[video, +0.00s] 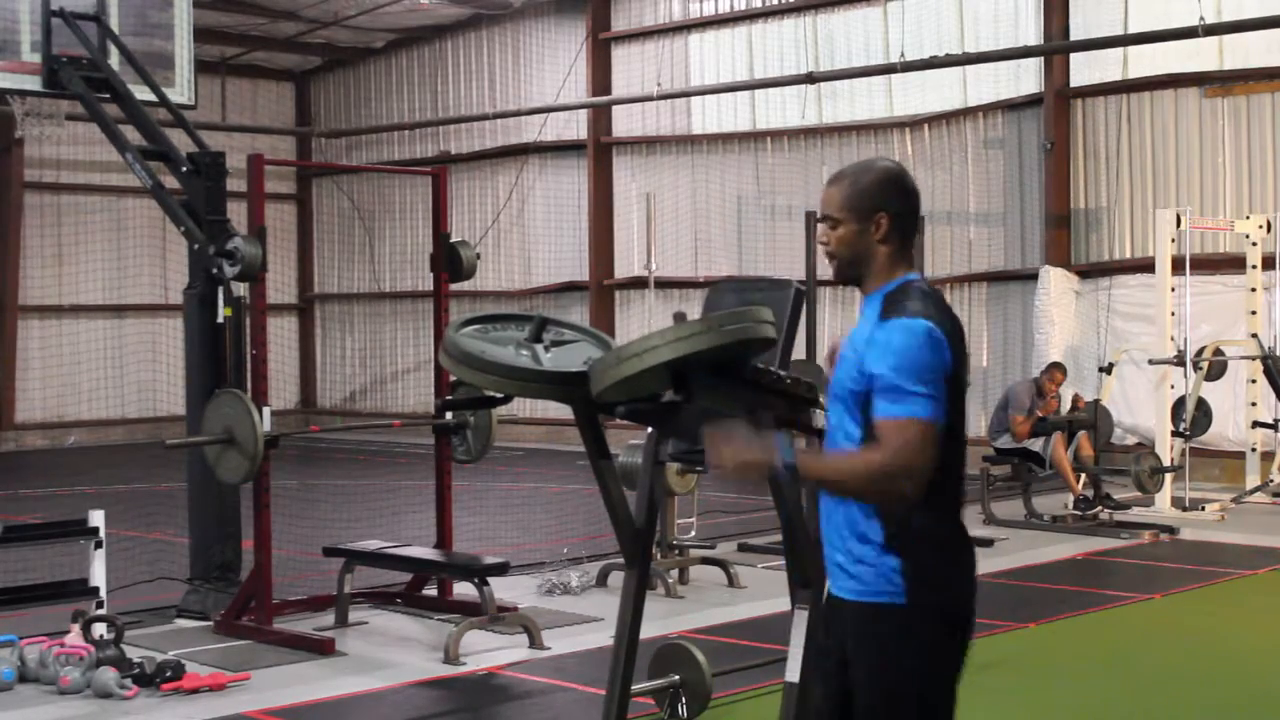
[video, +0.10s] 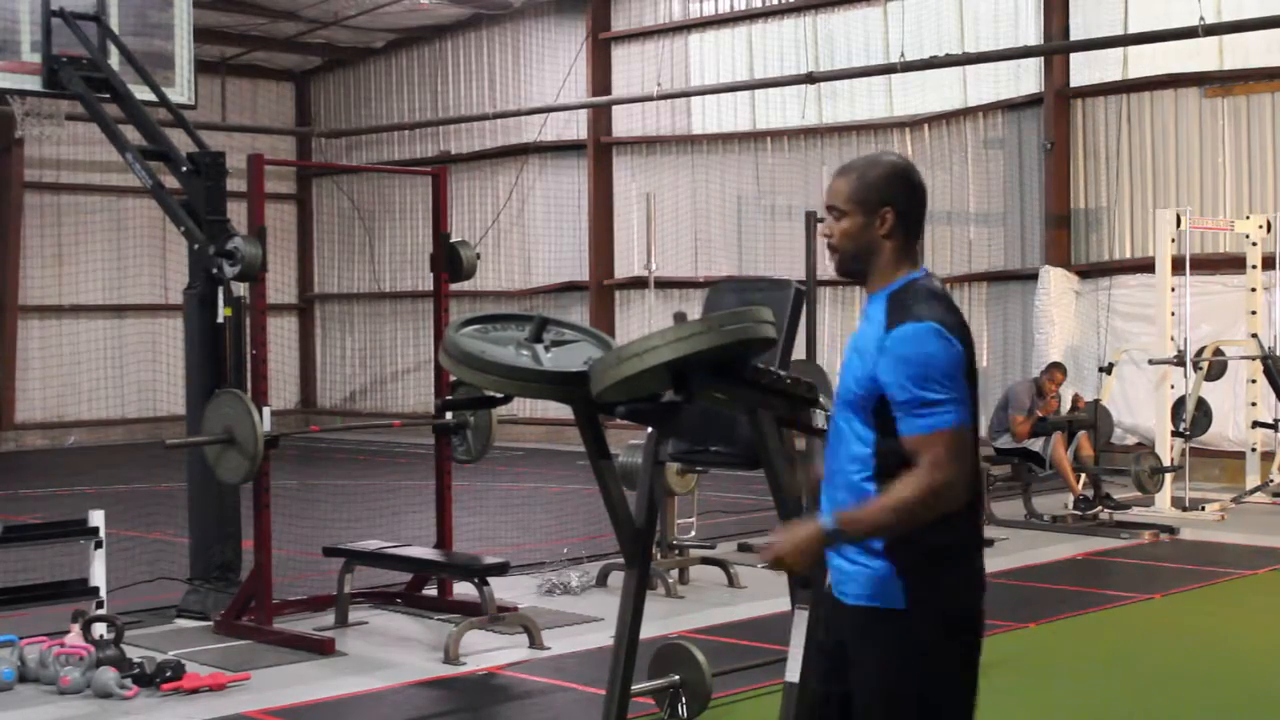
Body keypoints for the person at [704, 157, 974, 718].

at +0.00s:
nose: (821, 238)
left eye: (832, 223)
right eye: (821, 223)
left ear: (880, 228)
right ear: (874, 231)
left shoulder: (911, 330)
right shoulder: (883, 315)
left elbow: (904, 473)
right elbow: (876, 447)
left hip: (899, 599)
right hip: (856, 589)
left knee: (893, 711)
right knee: (825, 707)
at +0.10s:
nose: (825, 232)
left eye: (836, 216)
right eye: (826, 217)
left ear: (884, 222)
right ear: (882, 224)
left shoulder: (917, 330)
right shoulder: (884, 313)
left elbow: (947, 477)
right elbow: (893, 457)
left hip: (906, 605)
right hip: (860, 595)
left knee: (901, 713)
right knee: (822, 709)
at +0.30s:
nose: (825, 226)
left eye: (838, 211)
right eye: (828, 211)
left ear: (887, 222)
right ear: (880, 225)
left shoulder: (929, 340)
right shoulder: (874, 312)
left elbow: (964, 485)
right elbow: (887, 455)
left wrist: (849, 534)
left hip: (909, 617)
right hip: (843, 603)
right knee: (806, 711)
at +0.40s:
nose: (814, 230)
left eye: (825, 214)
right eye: (815, 215)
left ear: (876, 222)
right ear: (870, 224)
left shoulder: (927, 340)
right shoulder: (855, 313)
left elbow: (939, 493)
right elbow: (862, 459)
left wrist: (819, 528)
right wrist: (819, 547)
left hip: (906, 618)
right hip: (829, 600)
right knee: (790, 713)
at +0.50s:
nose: (791, 236)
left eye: (803, 219)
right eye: (793, 219)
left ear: (852, 223)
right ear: (845, 226)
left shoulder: (915, 338)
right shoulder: (829, 314)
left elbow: (916, 491)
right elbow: (840, 458)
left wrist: (785, 517)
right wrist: (800, 551)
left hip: (892, 626)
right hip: (809, 605)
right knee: (764, 711)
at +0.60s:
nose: (758, 243)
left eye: (768, 226)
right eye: (758, 227)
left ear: (817, 226)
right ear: (809, 228)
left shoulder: (893, 336)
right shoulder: (796, 318)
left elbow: (898, 487)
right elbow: (818, 468)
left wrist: (764, 519)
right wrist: (772, 561)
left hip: (872, 625)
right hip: (787, 603)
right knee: (735, 710)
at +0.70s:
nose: (712, 255)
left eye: (721, 236)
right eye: (712, 238)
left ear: (770, 232)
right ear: (766, 234)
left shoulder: (857, 333)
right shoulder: (752, 335)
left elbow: (878, 484)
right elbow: (783, 480)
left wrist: (750, 536)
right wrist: (734, 584)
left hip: (850, 629)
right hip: (759, 613)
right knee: (705, 709)